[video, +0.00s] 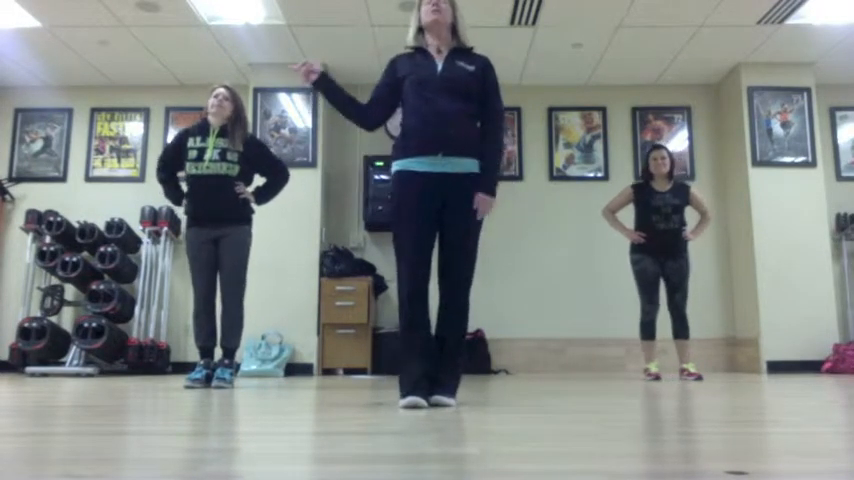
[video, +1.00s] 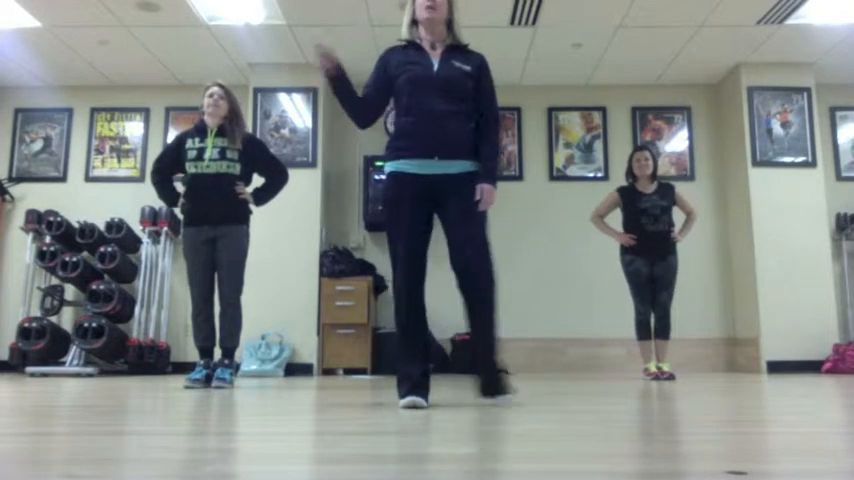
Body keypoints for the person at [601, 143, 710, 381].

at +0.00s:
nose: (660, 163)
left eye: (663, 158)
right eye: (655, 159)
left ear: (670, 162)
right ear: (648, 164)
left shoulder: (682, 189)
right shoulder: (638, 189)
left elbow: (706, 213)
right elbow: (607, 211)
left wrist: (693, 234)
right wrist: (627, 232)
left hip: (676, 253)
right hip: (645, 254)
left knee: (678, 307)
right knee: (649, 308)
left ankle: (685, 364)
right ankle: (650, 364)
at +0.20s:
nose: (653, 162)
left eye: (657, 158)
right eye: (648, 159)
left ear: (663, 162)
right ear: (641, 164)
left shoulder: (675, 190)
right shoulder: (631, 190)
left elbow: (699, 214)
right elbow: (600, 211)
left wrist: (684, 235)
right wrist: (620, 233)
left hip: (669, 254)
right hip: (638, 255)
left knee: (674, 307)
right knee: (644, 309)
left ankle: (685, 364)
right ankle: (649, 364)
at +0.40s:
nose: (647, 163)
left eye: (651, 159)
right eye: (643, 160)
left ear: (658, 162)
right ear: (636, 164)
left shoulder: (669, 191)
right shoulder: (625, 191)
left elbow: (692, 214)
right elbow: (595, 212)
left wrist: (680, 235)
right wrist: (616, 234)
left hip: (665, 253)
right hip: (634, 255)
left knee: (673, 307)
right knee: (641, 310)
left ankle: (679, 362)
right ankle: (648, 365)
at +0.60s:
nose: (643, 164)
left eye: (647, 160)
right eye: (638, 161)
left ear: (654, 163)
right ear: (632, 165)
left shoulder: (667, 191)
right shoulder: (623, 192)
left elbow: (690, 213)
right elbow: (594, 214)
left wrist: (679, 235)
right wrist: (615, 235)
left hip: (664, 253)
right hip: (634, 255)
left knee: (665, 308)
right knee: (641, 309)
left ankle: (663, 362)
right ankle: (648, 364)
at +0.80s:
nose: (642, 164)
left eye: (646, 160)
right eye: (637, 161)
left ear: (653, 163)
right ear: (631, 166)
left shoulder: (667, 191)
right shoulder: (623, 193)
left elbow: (690, 213)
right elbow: (594, 216)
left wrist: (679, 235)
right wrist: (616, 235)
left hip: (664, 254)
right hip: (635, 256)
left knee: (663, 308)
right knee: (642, 310)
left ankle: (662, 362)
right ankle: (648, 364)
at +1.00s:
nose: (642, 164)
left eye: (646, 160)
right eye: (638, 161)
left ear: (654, 163)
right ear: (631, 166)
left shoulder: (667, 191)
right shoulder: (624, 193)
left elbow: (692, 213)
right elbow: (595, 217)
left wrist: (680, 235)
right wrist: (617, 235)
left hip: (665, 253)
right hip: (636, 255)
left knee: (663, 307)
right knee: (642, 309)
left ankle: (662, 362)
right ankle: (648, 363)